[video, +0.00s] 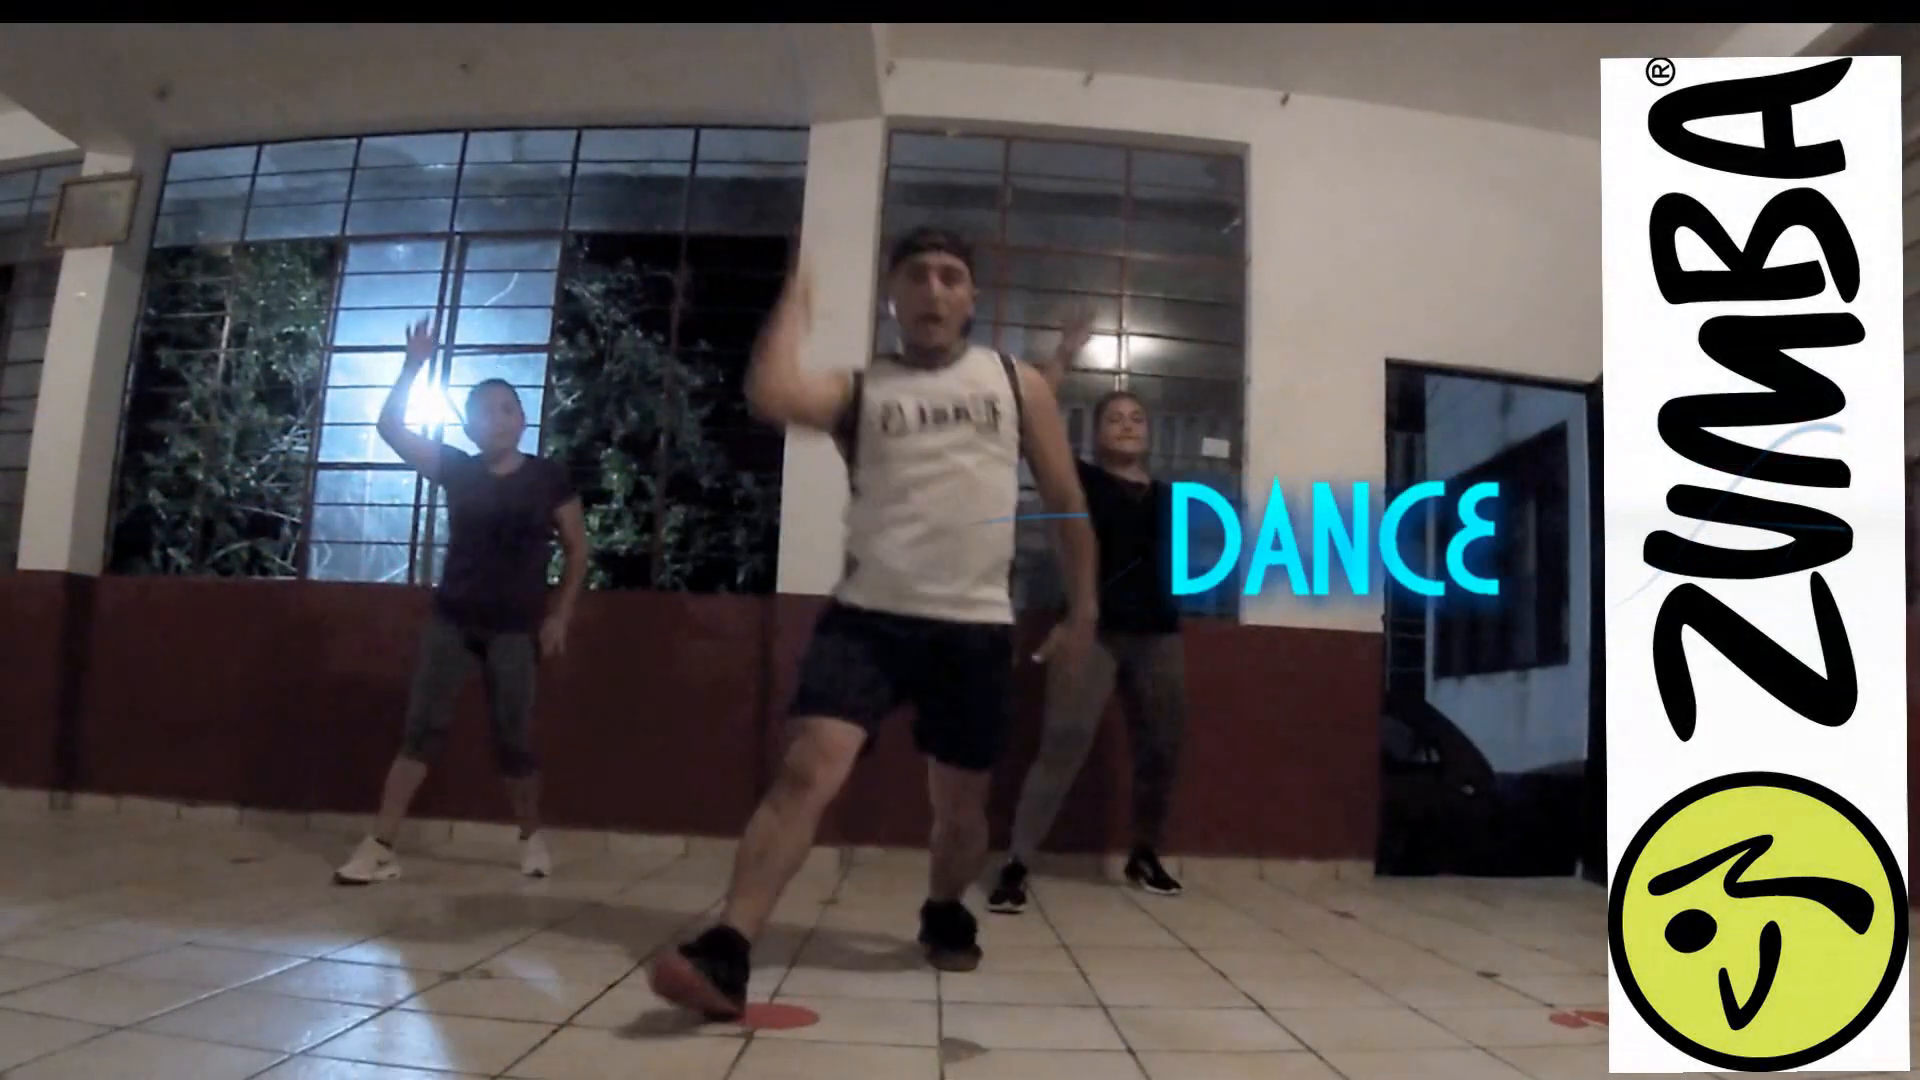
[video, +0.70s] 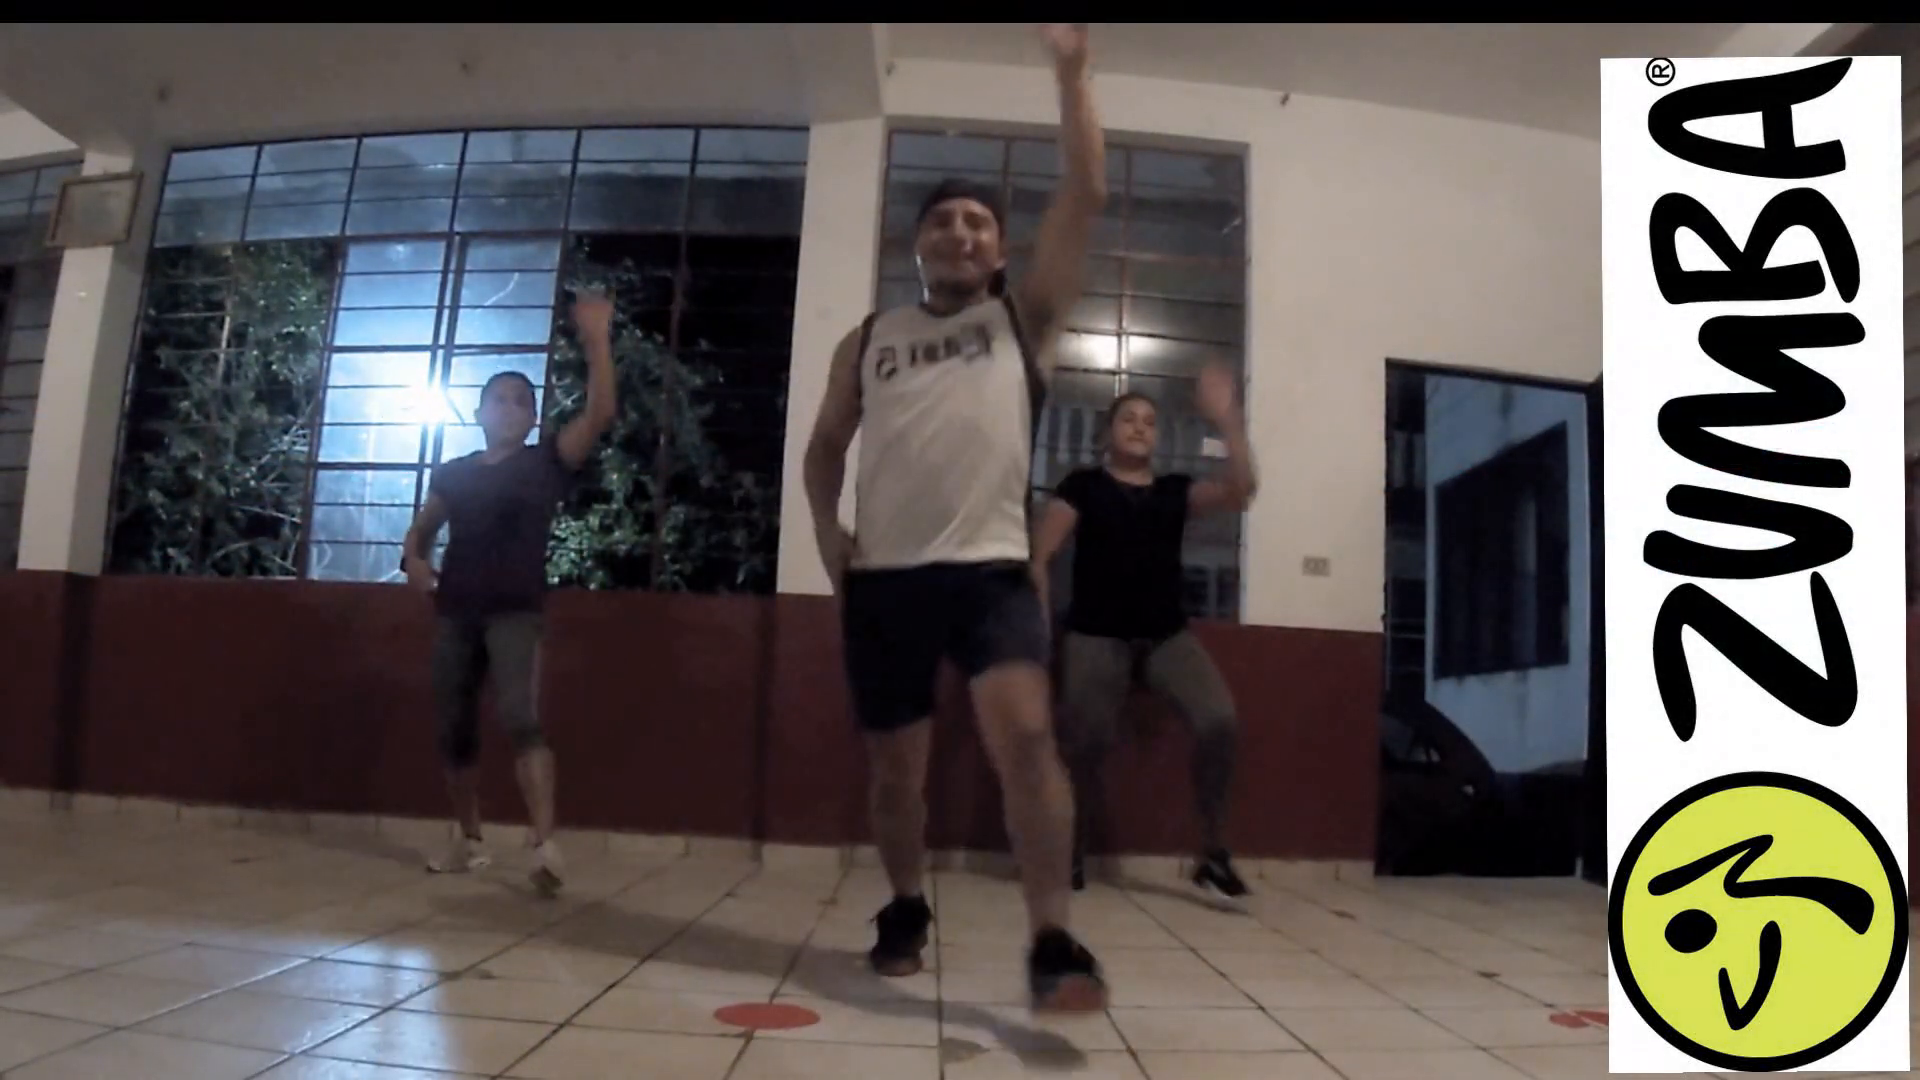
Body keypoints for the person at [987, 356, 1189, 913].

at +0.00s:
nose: (1127, 427)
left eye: (1136, 420)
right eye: (1115, 420)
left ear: (1148, 434)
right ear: (1097, 432)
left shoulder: (1165, 494)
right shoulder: (1079, 483)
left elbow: (1189, 551)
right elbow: (1035, 431)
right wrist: (1063, 357)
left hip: (1156, 632)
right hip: (1091, 628)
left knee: (1163, 744)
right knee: (1064, 742)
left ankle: (1144, 854)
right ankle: (1017, 862)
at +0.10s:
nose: (1137, 433)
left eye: (1144, 425)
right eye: (1125, 427)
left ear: (1156, 435)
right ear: (1108, 439)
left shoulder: (1179, 501)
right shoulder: (1098, 489)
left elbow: (1186, 574)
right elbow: (1043, 495)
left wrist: (1195, 639)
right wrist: (1069, 432)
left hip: (1165, 642)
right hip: (1102, 637)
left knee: (1164, 752)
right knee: (1071, 750)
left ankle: (1143, 860)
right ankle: (1020, 863)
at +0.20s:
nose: (1146, 432)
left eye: (1152, 425)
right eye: (1135, 426)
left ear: (1165, 437)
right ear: (1115, 439)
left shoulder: (1189, 500)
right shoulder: (1098, 493)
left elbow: (1209, 571)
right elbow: (1073, 563)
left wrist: (1228, 637)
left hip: (1166, 640)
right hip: (1102, 634)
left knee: (1166, 748)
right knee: (1071, 739)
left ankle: (1144, 857)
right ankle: (1030, 858)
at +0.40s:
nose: (1135, 424)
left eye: (1144, 416)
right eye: (1125, 417)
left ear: (1160, 429)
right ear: (1109, 430)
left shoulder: (1184, 487)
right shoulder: (1090, 490)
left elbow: (1211, 558)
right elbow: (1067, 561)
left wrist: (1219, 623)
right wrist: (1060, 608)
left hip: (1162, 635)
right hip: (1095, 632)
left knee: (1155, 744)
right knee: (1075, 736)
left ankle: (1142, 855)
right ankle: (1064, 849)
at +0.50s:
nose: (1132, 431)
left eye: (1141, 424)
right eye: (1122, 424)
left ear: (1154, 438)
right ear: (1105, 437)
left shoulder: (1174, 499)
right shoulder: (1081, 496)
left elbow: (1196, 571)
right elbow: (1049, 569)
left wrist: (1189, 602)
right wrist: (1057, 634)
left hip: (1159, 641)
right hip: (1092, 640)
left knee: (1164, 749)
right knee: (1082, 746)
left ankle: (1149, 852)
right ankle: (1071, 854)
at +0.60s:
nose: (1133, 438)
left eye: (1142, 431)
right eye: (1123, 429)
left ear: (1152, 443)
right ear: (1103, 440)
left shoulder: (1168, 500)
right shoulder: (1078, 494)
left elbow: (1211, 558)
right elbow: (1041, 568)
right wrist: (1047, 632)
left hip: (1160, 641)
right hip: (1090, 640)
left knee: (1197, 737)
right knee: (1080, 744)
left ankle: (1175, 836)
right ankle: (1068, 853)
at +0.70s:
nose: (1138, 428)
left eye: (1148, 423)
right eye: (1129, 420)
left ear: (1157, 438)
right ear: (1108, 433)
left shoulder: (1173, 491)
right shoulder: (1084, 486)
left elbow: (1239, 490)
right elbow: (1038, 556)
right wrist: (1040, 626)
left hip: (1164, 633)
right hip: (1095, 634)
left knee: (1217, 721)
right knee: (1086, 736)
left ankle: (1213, 853)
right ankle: (1076, 853)